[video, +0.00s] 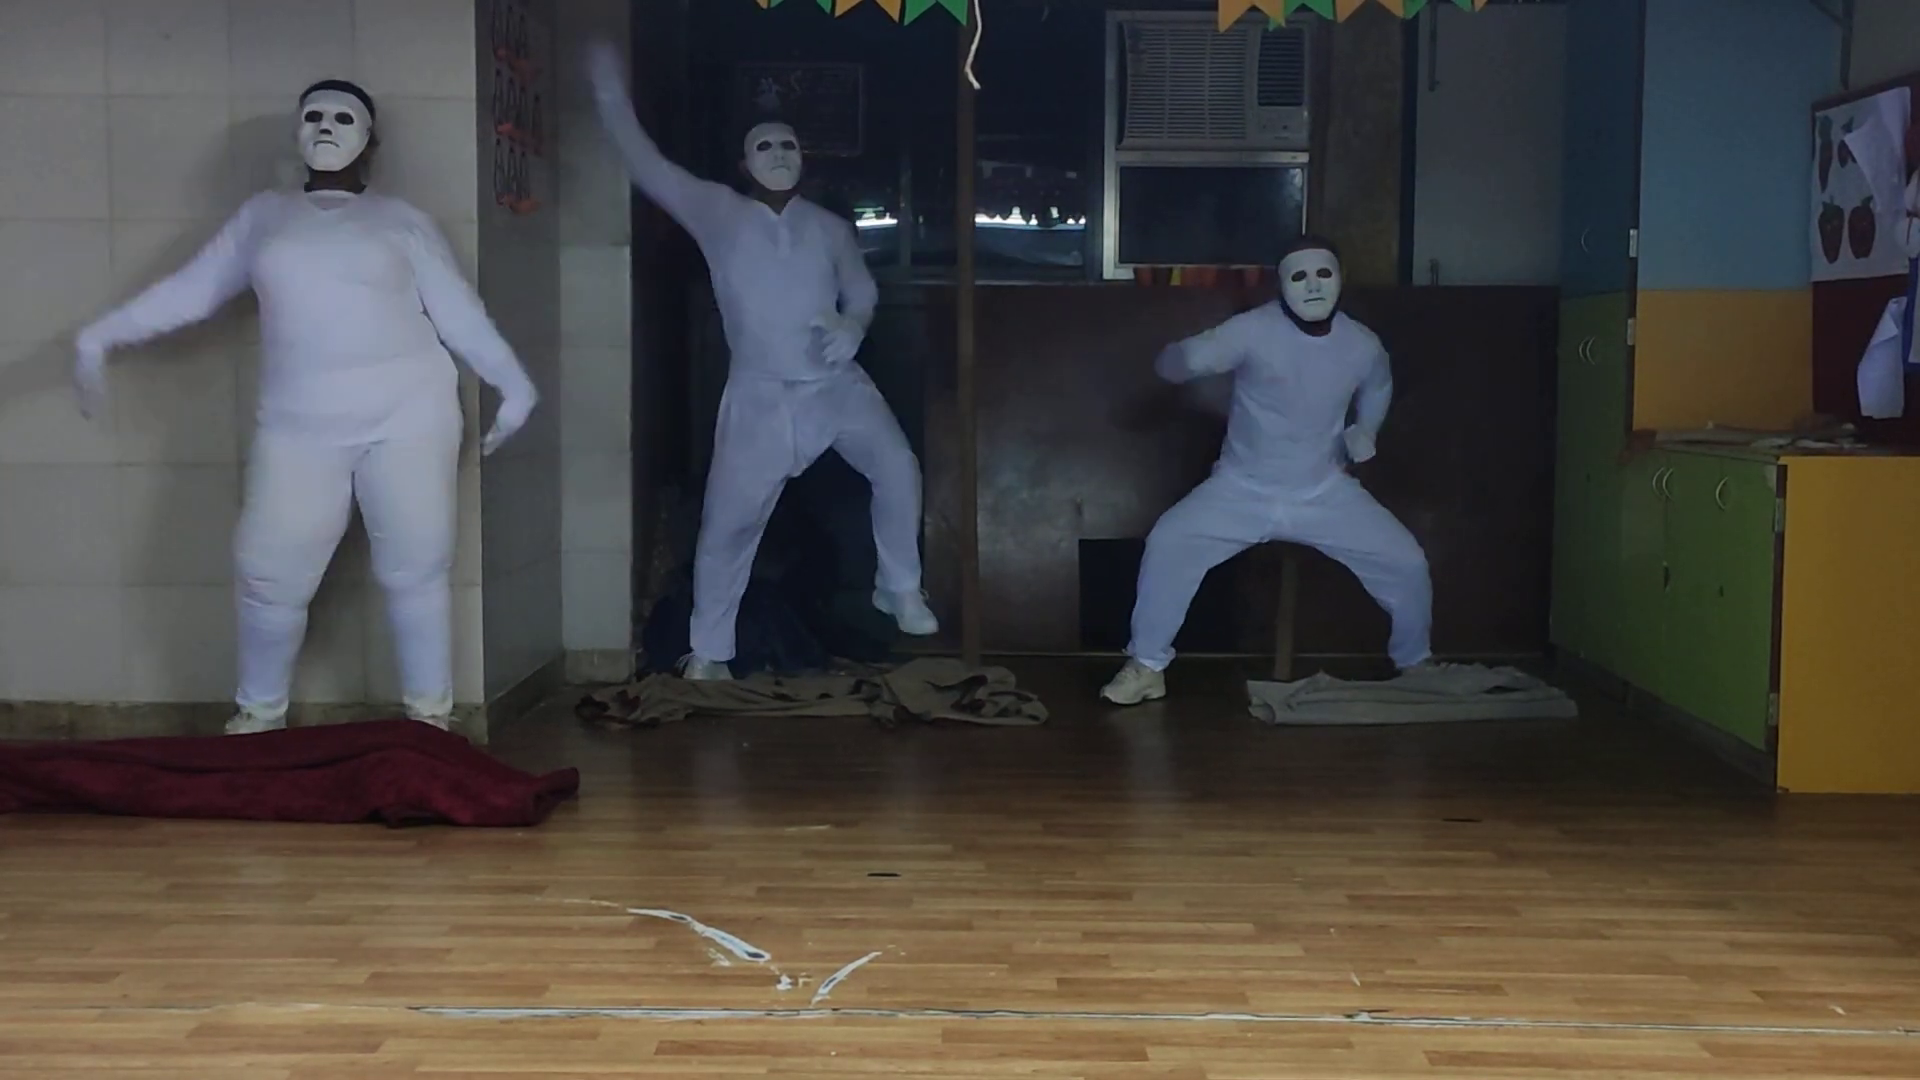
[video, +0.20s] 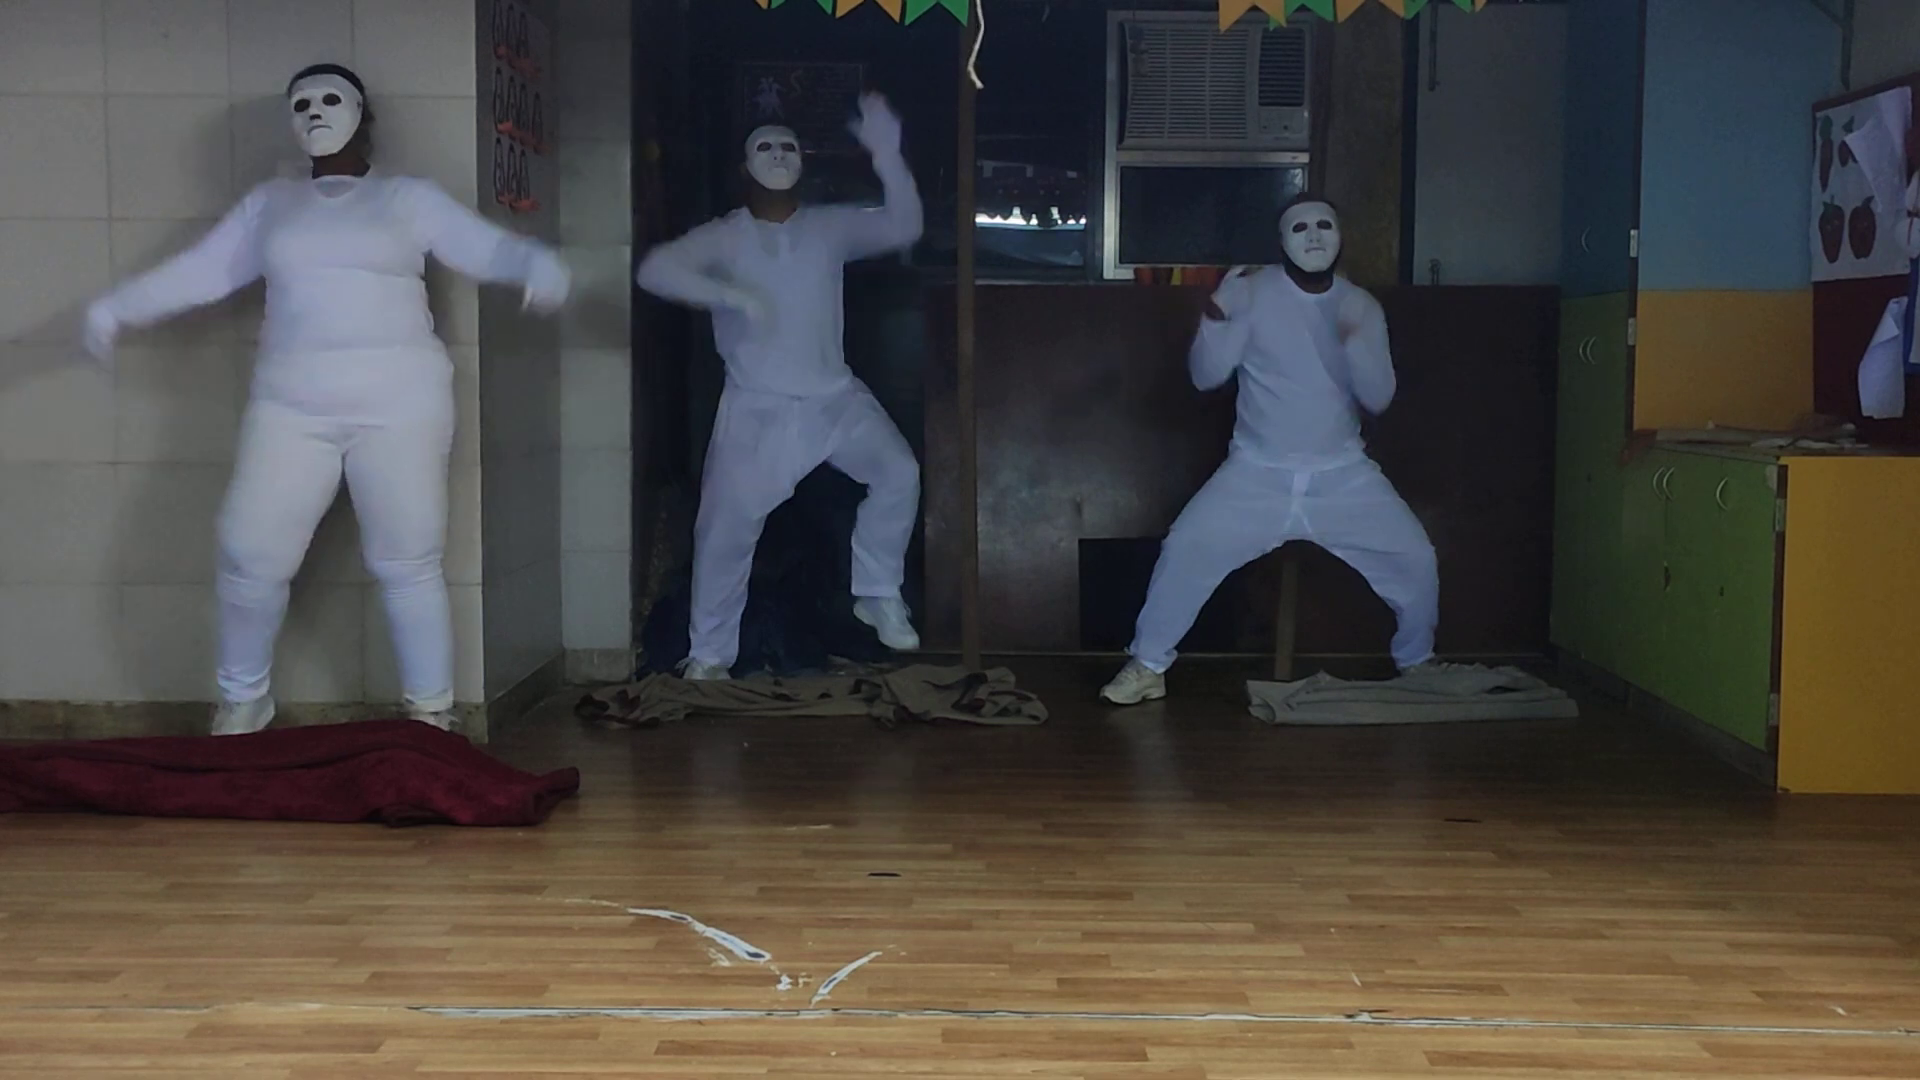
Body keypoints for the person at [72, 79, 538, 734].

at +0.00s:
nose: (326, 129)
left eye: (342, 120)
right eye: (314, 119)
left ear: (367, 137)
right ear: (297, 135)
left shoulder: (400, 222)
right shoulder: (264, 220)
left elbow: (457, 311)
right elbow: (191, 290)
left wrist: (513, 380)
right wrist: (103, 332)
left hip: (407, 423)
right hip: (299, 427)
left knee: (415, 572)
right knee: (268, 574)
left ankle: (429, 713)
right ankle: (260, 713)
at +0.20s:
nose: (316, 116)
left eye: (331, 102)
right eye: (303, 108)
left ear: (361, 116)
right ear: (291, 126)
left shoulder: (407, 201)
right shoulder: (270, 208)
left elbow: (482, 245)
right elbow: (202, 270)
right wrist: (116, 307)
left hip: (398, 408)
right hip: (291, 408)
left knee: (407, 562)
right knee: (251, 558)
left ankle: (430, 716)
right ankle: (241, 706)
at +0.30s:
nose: (294, 105)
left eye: (306, 90)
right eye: (281, 103)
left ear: (340, 97)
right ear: (277, 125)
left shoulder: (406, 174)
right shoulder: (263, 184)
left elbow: (495, 138)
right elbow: (162, 182)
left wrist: (550, 89)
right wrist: (73, 153)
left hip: (381, 393)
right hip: (273, 390)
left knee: (396, 552)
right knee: (237, 544)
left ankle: (431, 706)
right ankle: (227, 701)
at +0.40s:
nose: (279, 111)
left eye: (290, 97)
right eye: (265, 112)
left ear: (326, 101)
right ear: (261, 134)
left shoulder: (387, 172)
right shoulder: (253, 179)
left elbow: (449, 79)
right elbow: (160, 112)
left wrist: (467, 1)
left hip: (356, 400)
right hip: (248, 395)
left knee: (387, 563)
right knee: (230, 559)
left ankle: (433, 711)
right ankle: (219, 715)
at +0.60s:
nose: (270, 140)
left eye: (278, 125)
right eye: (253, 138)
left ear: (309, 131)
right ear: (242, 161)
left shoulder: (363, 202)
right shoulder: (235, 213)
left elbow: (413, 102)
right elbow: (166, 133)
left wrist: (322, 47)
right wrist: (220, 41)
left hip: (328, 431)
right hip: (219, 424)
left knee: (368, 584)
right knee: (222, 579)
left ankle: (423, 718)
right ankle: (222, 724)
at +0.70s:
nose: (275, 118)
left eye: (285, 104)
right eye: (258, 115)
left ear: (317, 111)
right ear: (245, 135)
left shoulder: (368, 188)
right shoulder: (229, 192)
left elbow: (457, 117)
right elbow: (129, 135)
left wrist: (419, 14)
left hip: (338, 413)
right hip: (231, 411)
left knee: (376, 567)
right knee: (232, 568)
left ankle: (430, 714)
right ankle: (222, 725)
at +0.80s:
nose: (297, 105)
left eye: (313, 95)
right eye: (284, 93)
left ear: (336, 112)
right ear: (262, 106)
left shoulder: (374, 182)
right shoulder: (225, 177)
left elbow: (483, 159)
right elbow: (115, 173)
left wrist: (562, 103)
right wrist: (18, 167)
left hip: (362, 396)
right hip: (251, 398)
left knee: (388, 559)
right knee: (239, 565)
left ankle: (420, 716)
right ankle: (221, 720)